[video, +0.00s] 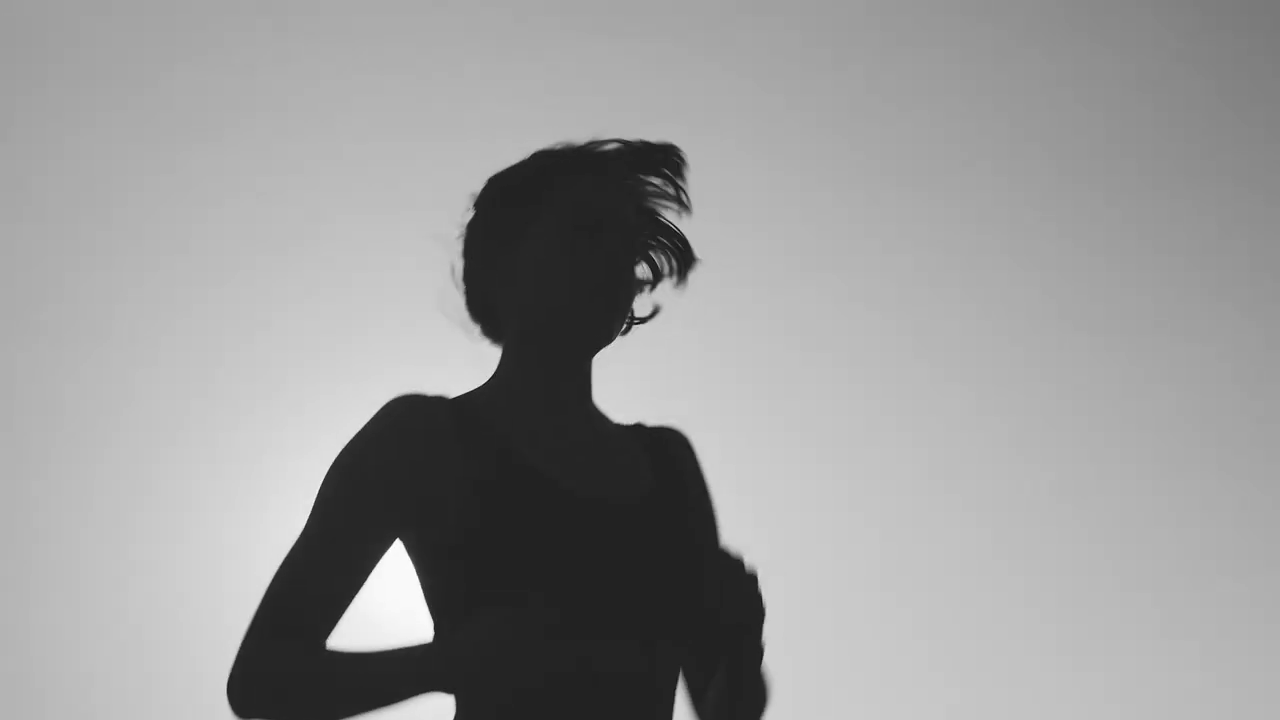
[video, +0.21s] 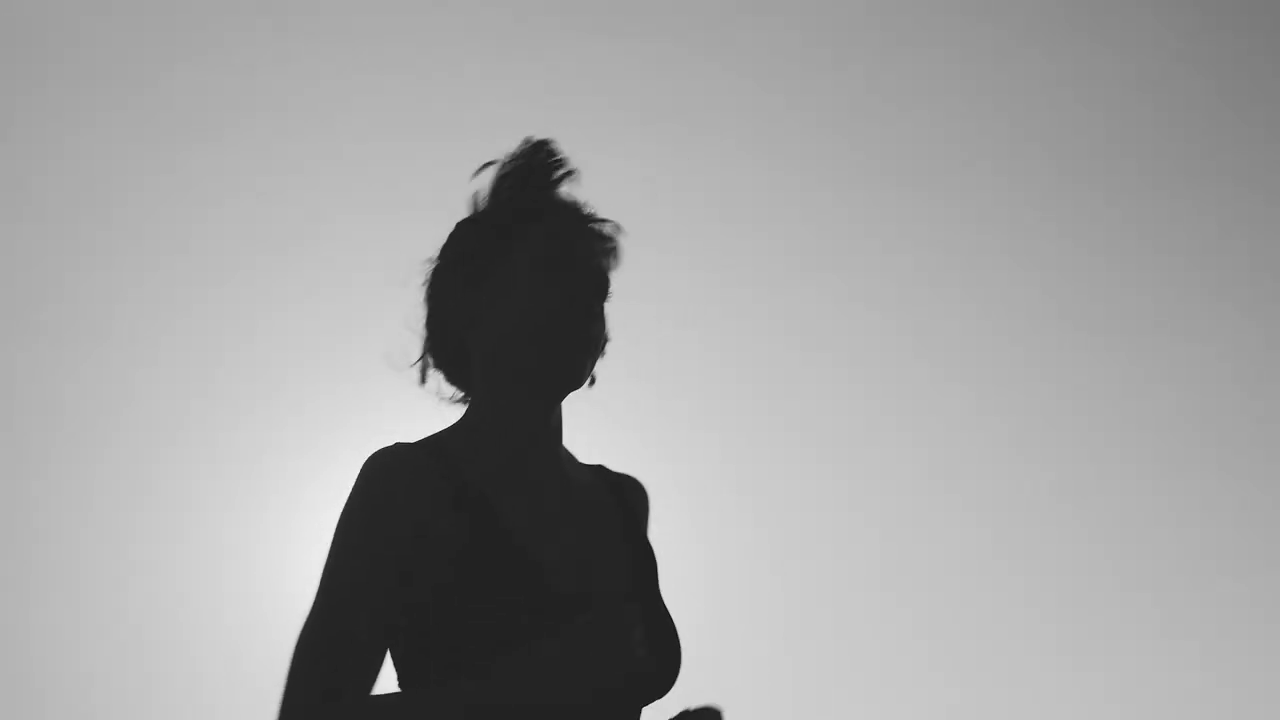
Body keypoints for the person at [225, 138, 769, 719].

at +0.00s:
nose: (617, 272)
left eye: (628, 251)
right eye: (584, 243)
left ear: (634, 282)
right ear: (505, 269)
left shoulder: (664, 460)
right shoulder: (418, 438)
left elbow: (728, 710)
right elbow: (261, 680)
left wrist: (734, 644)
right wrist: (447, 663)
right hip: (500, 714)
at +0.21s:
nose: (590, 326)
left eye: (593, 301)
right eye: (553, 296)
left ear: (595, 326)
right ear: (471, 320)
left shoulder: (618, 501)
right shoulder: (401, 483)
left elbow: (653, 667)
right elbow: (316, 699)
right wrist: (549, 681)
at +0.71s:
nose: (577, 241)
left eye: (580, 223)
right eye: (546, 218)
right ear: (464, 240)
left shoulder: (563, 439)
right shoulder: (413, 362)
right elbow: (378, 576)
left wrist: (581, 659)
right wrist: (590, 499)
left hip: (550, 705)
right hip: (436, 701)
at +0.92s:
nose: (571, 280)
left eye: (570, 257)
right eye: (539, 252)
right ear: (459, 278)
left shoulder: (564, 478)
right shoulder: (404, 404)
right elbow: (289, 628)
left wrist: (587, 692)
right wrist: (528, 605)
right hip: (422, 708)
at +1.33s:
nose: (558, 303)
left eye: (560, 281)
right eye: (523, 278)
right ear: (432, 307)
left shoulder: (585, 515)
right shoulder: (354, 450)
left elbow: (643, 718)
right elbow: (166, 640)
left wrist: (659, 650)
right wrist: (332, 698)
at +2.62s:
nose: (575, 276)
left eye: (574, 254)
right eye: (552, 250)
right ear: (473, 261)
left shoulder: (539, 456)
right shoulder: (414, 369)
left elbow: (385, 653)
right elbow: (360, 566)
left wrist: (577, 670)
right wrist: (581, 508)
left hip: (536, 707)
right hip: (441, 703)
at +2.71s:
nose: (582, 272)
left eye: (580, 251)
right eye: (556, 247)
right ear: (478, 263)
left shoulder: (555, 460)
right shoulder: (425, 369)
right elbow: (360, 557)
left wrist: (586, 666)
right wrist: (583, 517)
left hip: (547, 706)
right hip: (449, 700)